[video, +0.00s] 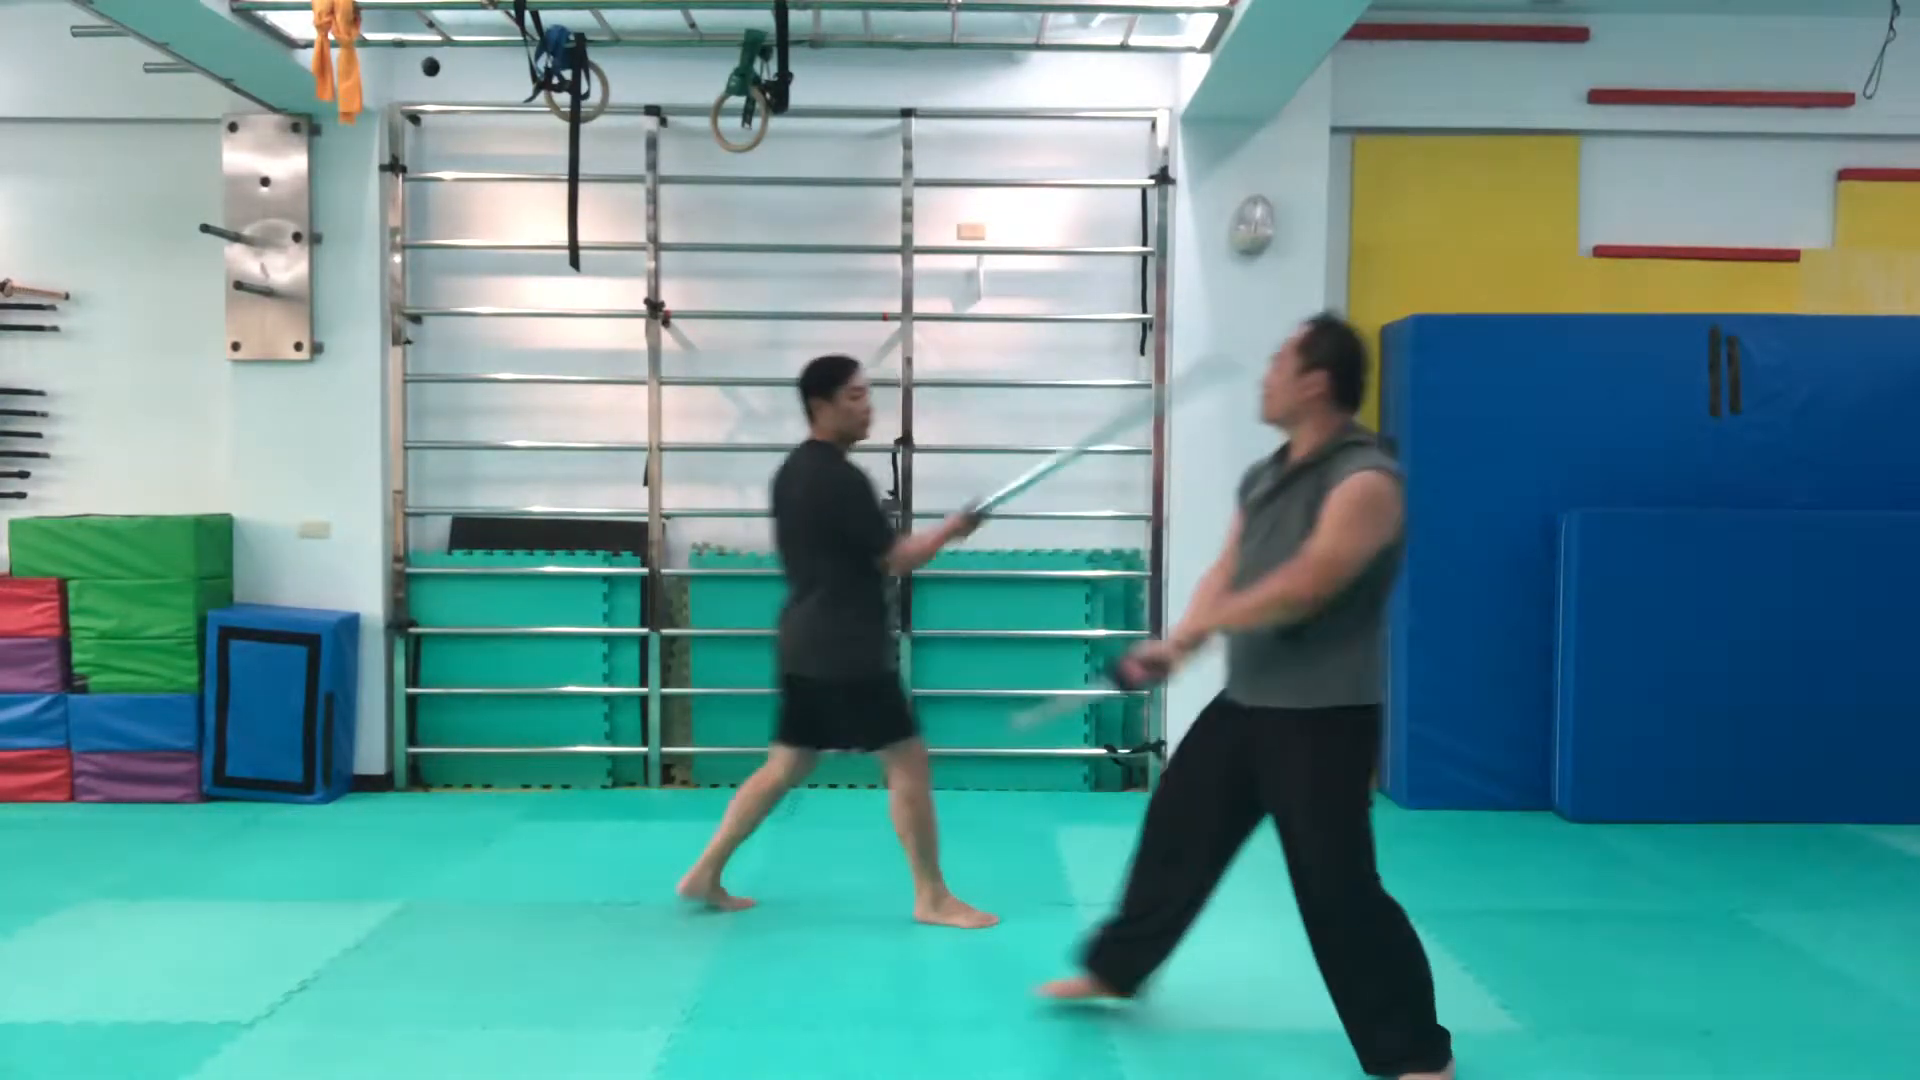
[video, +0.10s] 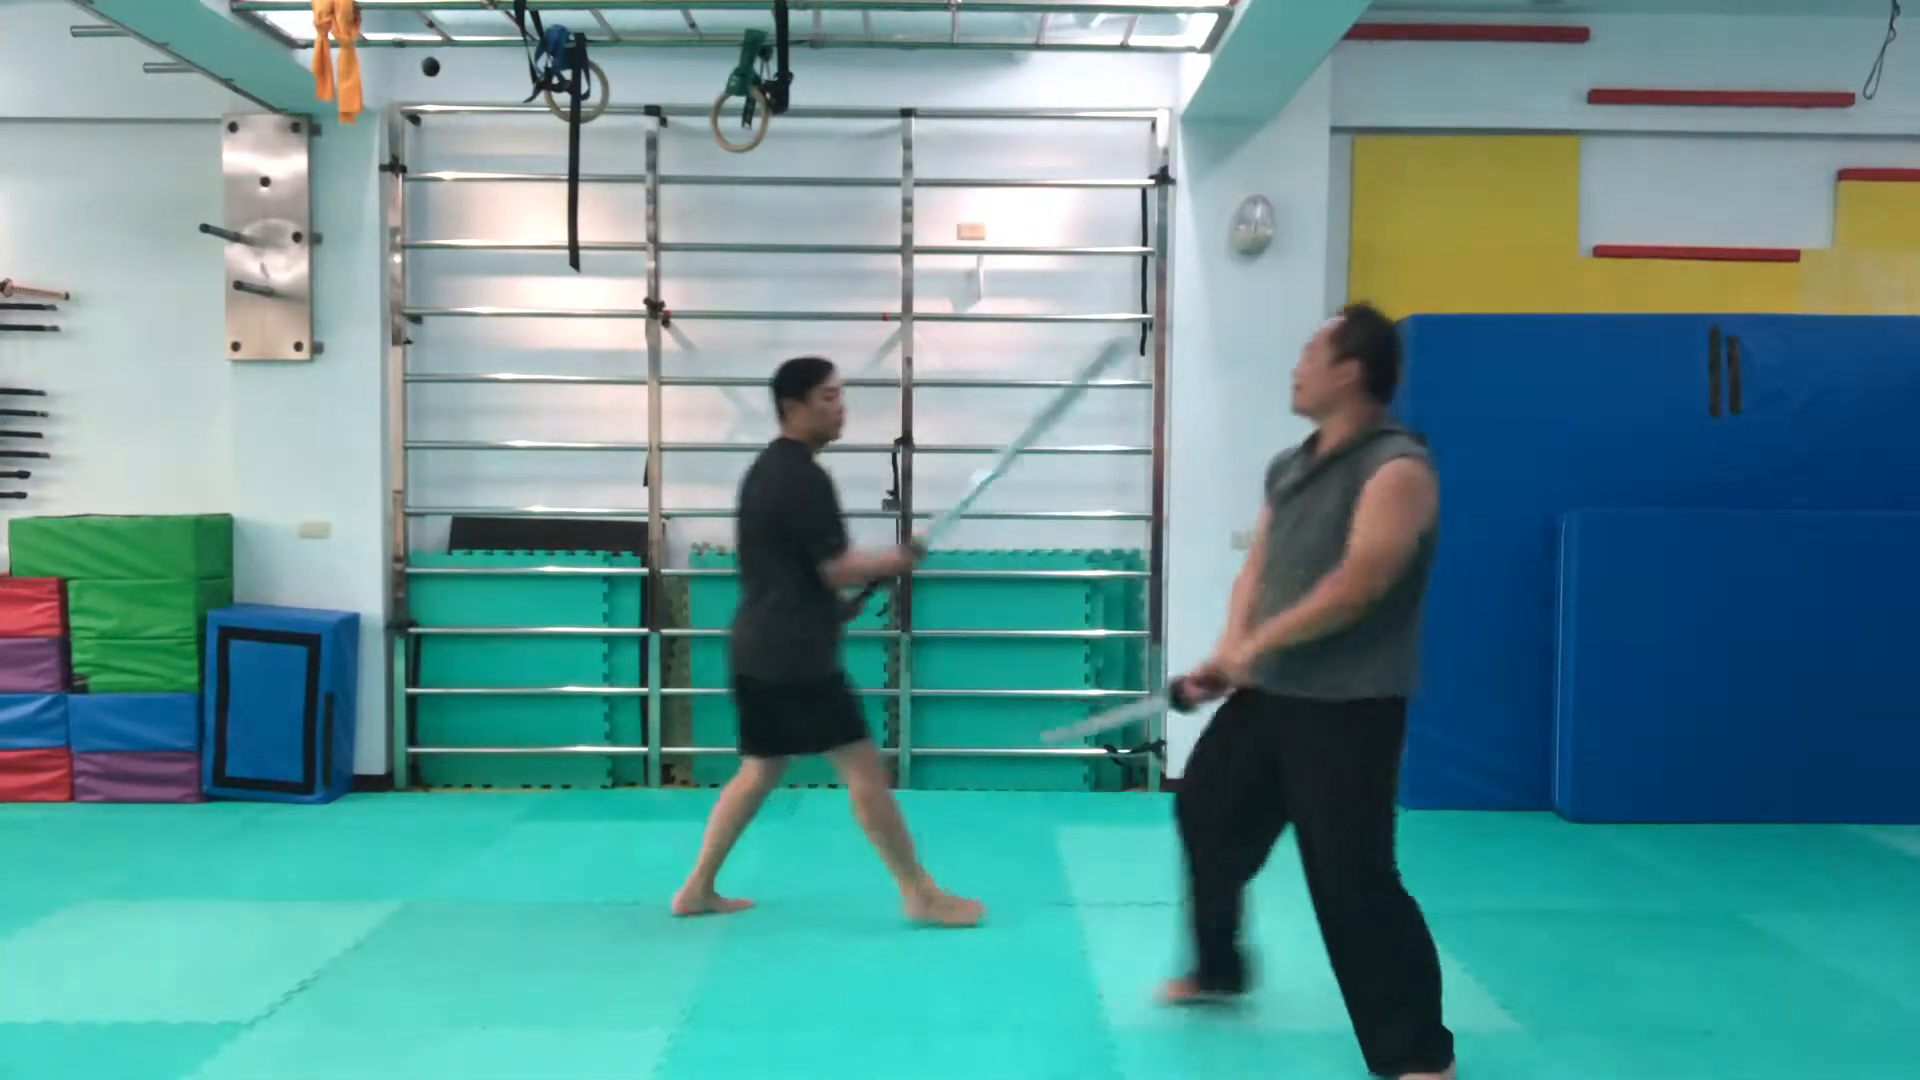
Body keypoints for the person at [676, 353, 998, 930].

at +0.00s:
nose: (869, 405)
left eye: (867, 394)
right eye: (857, 396)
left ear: (822, 408)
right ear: (824, 405)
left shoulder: (792, 474)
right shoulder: (841, 478)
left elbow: (811, 563)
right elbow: (893, 559)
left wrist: (892, 545)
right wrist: (951, 529)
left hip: (806, 651)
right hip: (851, 654)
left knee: (786, 765)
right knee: (908, 762)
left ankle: (703, 877)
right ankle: (932, 898)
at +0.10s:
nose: (841, 407)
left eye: (839, 395)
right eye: (830, 398)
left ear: (796, 408)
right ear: (794, 408)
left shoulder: (765, 471)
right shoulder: (803, 476)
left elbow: (777, 573)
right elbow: (836, 566)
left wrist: (845, 589)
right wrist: (896, 559)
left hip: (758, 655)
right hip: (800, 658)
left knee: (760, 769)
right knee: (864, 770)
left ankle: (697, 889)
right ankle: (921, 895)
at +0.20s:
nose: (816, 401)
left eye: (814, 390)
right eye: (805, 392)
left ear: (767, 402)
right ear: (769, 399)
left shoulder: (736, 465)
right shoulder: (773, 469)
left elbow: (741, 565)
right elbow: (792, 562)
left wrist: (817, 572)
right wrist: (850, 567)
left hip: (726, 650)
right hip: (766, 651)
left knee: (749, 760)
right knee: (824, 757)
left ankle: (696, 887)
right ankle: (841, 905)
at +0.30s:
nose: (791, 396)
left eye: (790, 385)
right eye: (781, 386)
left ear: (742, 393)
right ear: (744, 391)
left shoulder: (710, 457)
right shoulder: (744, 459)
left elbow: (709, 563)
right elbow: (760, 557)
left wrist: (768, 596)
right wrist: (821, 564)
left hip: (701, 648)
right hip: (736, 649)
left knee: (728, 758)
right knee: (788, 760)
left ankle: (693, 888)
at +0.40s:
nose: (770, 397)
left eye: (768, 386)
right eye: (759, 387)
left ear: (721, 395)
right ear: (723, 393)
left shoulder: (687, 457)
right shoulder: (721, 459)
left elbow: (680, 564)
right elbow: (739, 562)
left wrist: (749, 607)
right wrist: (806, 569)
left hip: (673, 647)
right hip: (700, 651)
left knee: (706, 768)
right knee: (739, 771)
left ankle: (689, 887)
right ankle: (649, 915)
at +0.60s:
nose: (746, 413)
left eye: (746, 400)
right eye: (737, 401)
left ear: (694, 405)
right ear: (698, 404)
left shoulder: (653, 458)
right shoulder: (687, 471)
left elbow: (657, 564)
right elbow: (707, 579)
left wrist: (726, 604)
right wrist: (791, 582)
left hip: (599, 646)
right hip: (629, 656)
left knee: (641, 772)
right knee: (661, 787)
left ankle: (636, 889)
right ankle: (624, 946)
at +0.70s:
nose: (725, 414)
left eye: (725, 401)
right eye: (717, 402)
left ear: (675, 406)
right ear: (677, 403)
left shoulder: (628, 457)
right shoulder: (661, 472)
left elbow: (646, 566)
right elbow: (682, 579)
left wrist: (716, 597)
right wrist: (769, 582)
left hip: (564, 648)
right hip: (610, 659)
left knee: (594, 762)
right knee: (649, 784)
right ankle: (625, 946)